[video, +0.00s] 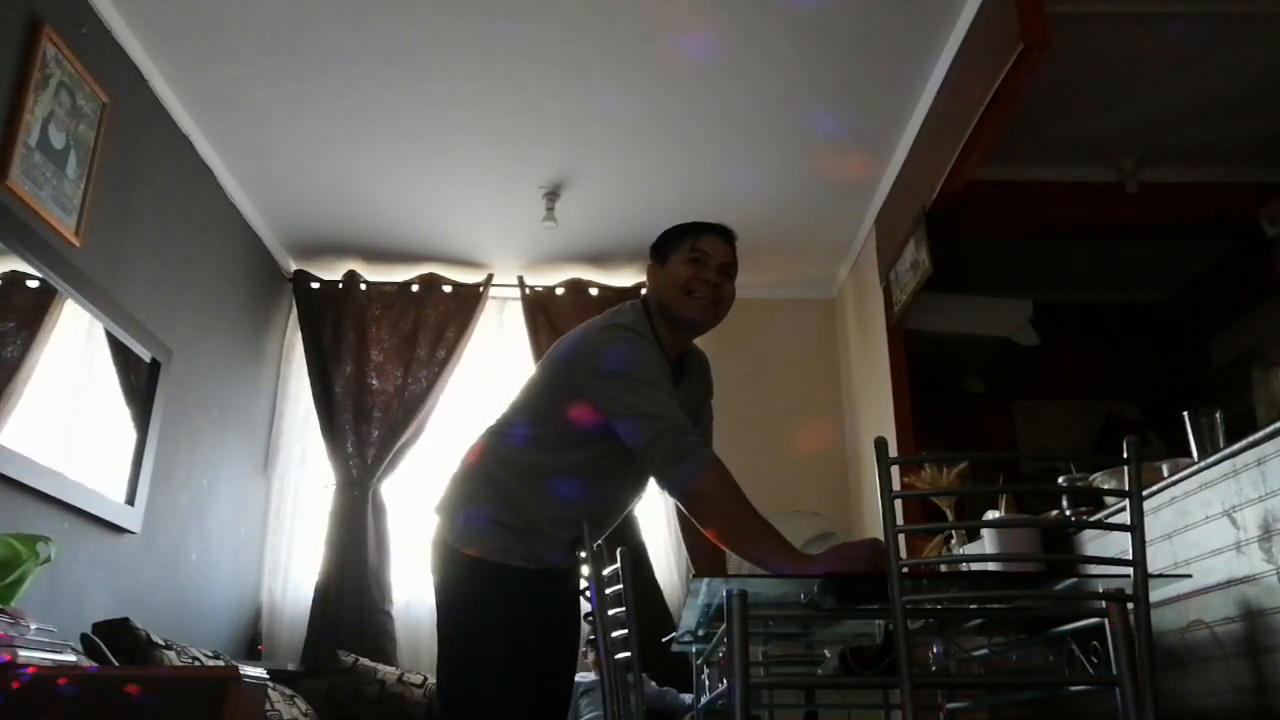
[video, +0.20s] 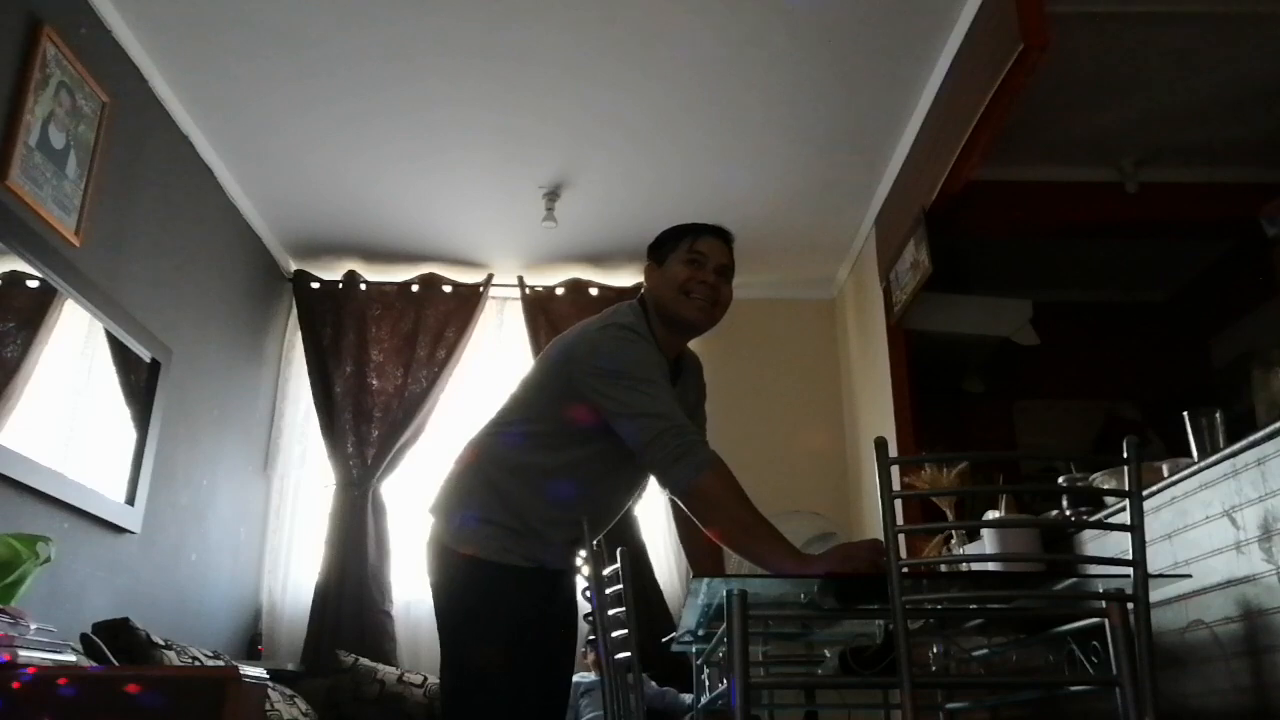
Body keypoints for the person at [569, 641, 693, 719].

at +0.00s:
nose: (600, 656)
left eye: (606, 650)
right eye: (594, 651)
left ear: (617, 653)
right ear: (585, 657)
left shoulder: (634, 681)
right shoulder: (579, 684)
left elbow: (668, 699)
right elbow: (570, 715)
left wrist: (700, 700)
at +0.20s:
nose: (600, 656)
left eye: (607, 650)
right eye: (595, 650)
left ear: (617, 652)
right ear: (585, 655)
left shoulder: (634, 681)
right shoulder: (578, 683)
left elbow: (666, 698)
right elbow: (569, 714)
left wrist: (699, 700)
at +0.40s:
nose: (600, 655)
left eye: (606, 649)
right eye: (594, 650)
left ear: (615, 652)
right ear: (585, 656)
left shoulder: (635, 681)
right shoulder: (576, 684)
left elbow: (668, 699)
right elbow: (568, 715)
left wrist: (700, 699)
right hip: (591, 716)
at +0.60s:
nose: (601, 654)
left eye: (605, 648)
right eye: (595, 649)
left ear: (615, 651)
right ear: (586, 655)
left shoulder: (635, 680)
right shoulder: (576, 684)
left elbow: (669, 699)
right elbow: (563, 716)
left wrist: (701, 699)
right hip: (592, 717)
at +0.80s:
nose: (602, 654)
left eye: (607, 648)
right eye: (596, 649)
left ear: (616, 651)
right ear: (588, 656)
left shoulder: (635, 680)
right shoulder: (576, 683)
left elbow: (670, 700)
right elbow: (562, 715)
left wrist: (702, 699)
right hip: (592, 715)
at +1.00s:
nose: (606, 654)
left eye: (611, 648)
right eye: (600, 649)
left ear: (619, 651)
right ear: (590, 655)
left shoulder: (635, 680)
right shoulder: (578, 682)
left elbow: (669, 700)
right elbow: (561, 715)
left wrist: (701, 700)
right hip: (591, 715)